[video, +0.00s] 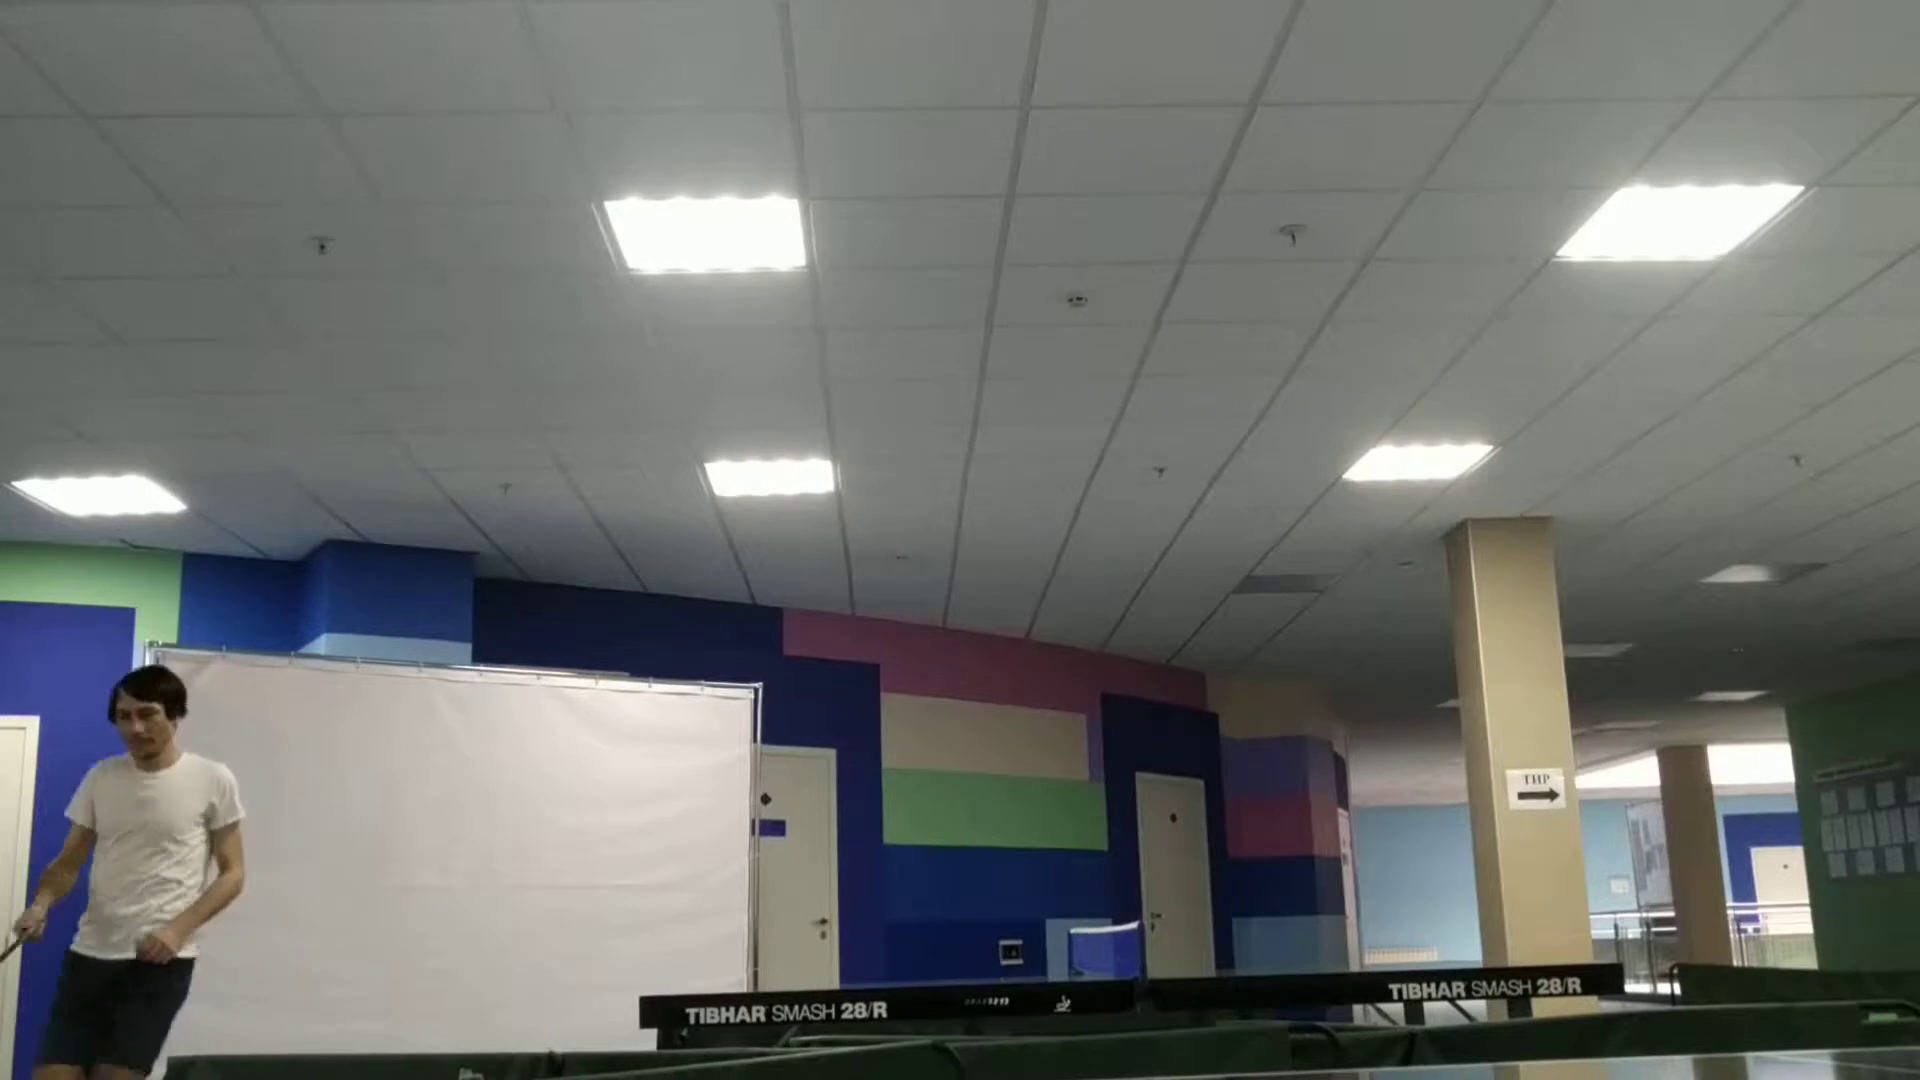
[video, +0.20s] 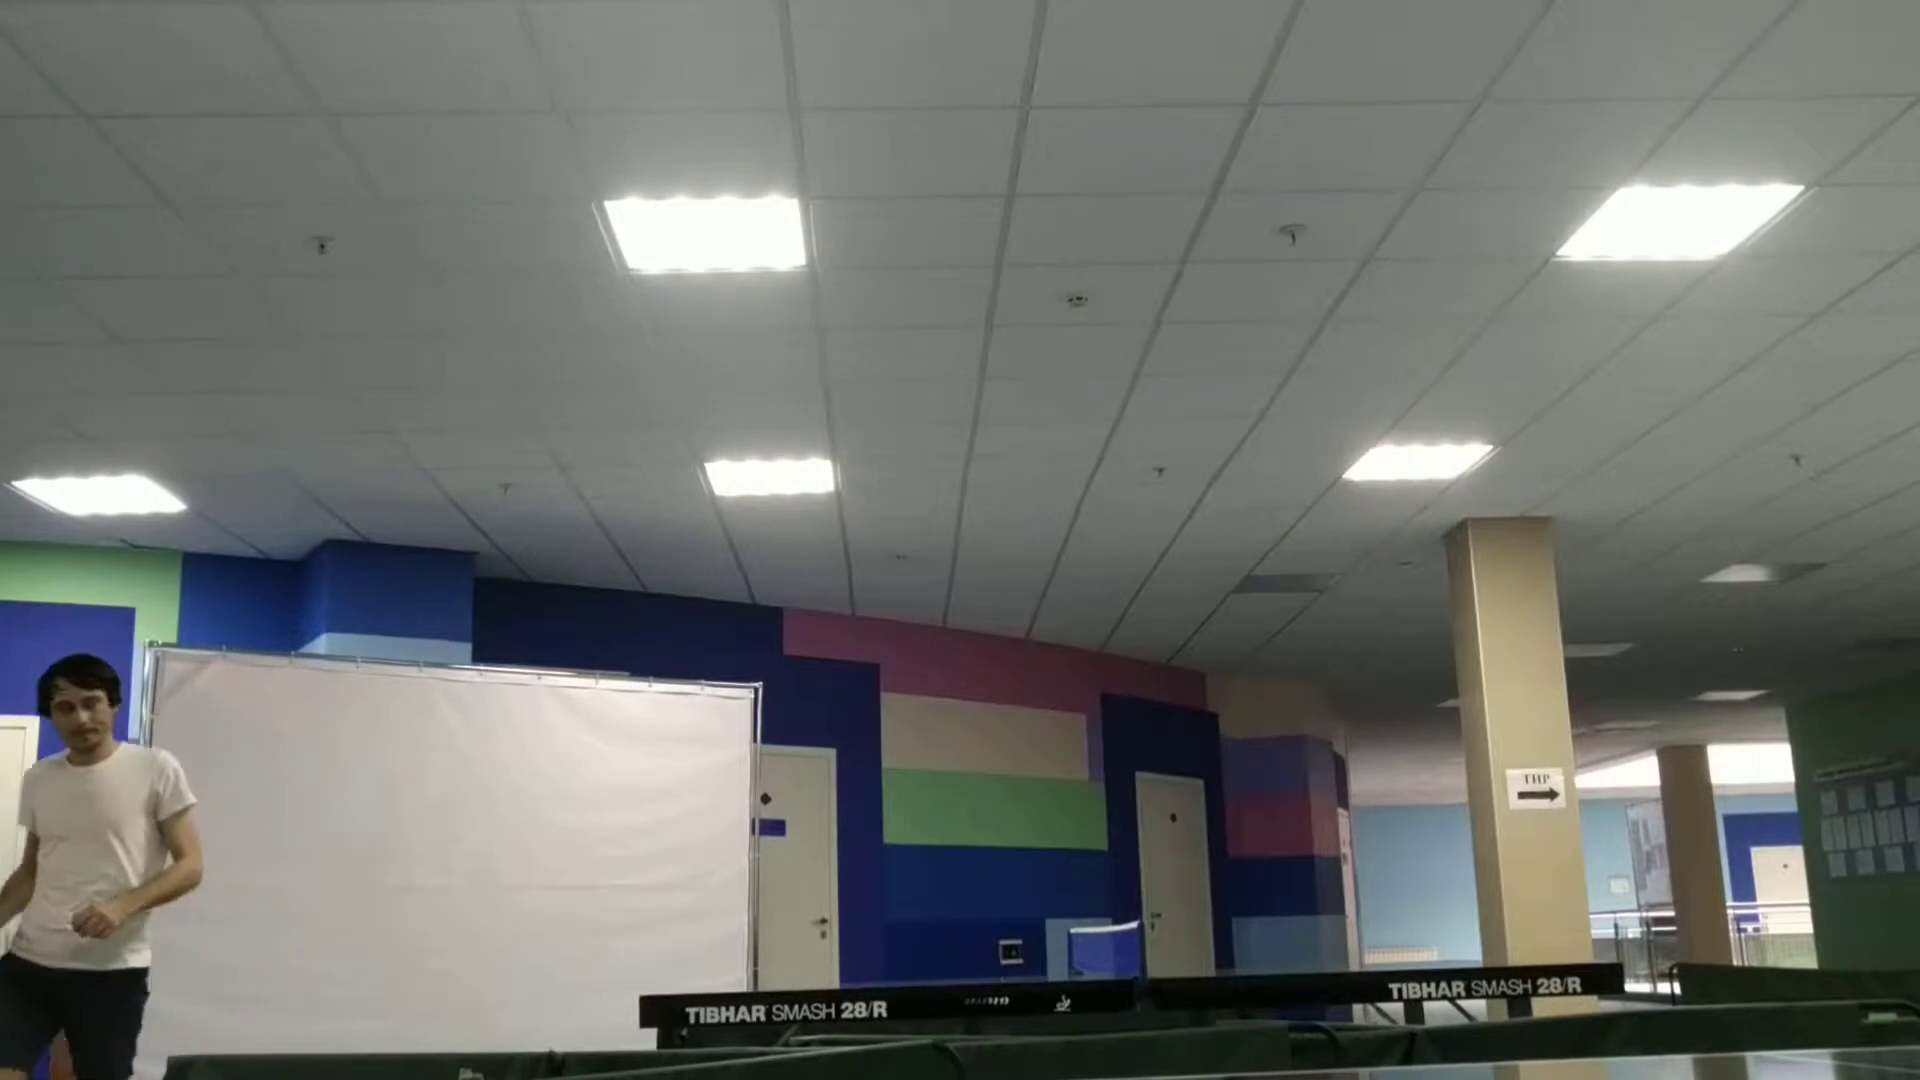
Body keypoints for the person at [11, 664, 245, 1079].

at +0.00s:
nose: (136, 727)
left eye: (147, 715)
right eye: (125, 717)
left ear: (175, 717)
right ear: (115, 722)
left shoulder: (213, 781)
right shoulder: (101, 777)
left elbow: (233, 876)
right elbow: (69, 862)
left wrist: (177, 931)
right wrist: (40, 905)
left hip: (159, 962)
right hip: (90, 956)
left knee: (116, 1072)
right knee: (55, 1071)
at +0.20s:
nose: (81, 718)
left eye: (92, 704)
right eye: (66, 708)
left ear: (114, 705)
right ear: (51, 717)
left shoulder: (156, 770)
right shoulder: (39, 778)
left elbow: (191, 867)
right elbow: (29, 871)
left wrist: (122, 907)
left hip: (112, 975)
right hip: (29, 967)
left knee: (104, 1075)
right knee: (7, 1071)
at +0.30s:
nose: (41, 719)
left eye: (52, 704)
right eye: (26, 709)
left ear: (79, 703)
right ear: (14, 717)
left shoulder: (126, 769)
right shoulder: (6, 779)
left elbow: (164, 869)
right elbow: (4, 865)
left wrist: (96, 913)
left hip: (83, 982)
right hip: (7, 975)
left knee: (76, 1075)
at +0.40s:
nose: (6, 712)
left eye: (16, 698)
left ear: (49, 698)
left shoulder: (101, 762)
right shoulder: (5, 762)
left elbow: (139, 866)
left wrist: (74, 924)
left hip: (55, 977)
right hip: (2, 968)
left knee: (48, 1073)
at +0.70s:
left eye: (1, 671)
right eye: (1, 671)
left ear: (13, 669)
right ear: (13, 669)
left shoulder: (56, 741)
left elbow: (79, 849)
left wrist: (24, 913)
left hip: (5, 955)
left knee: (3, 1065)